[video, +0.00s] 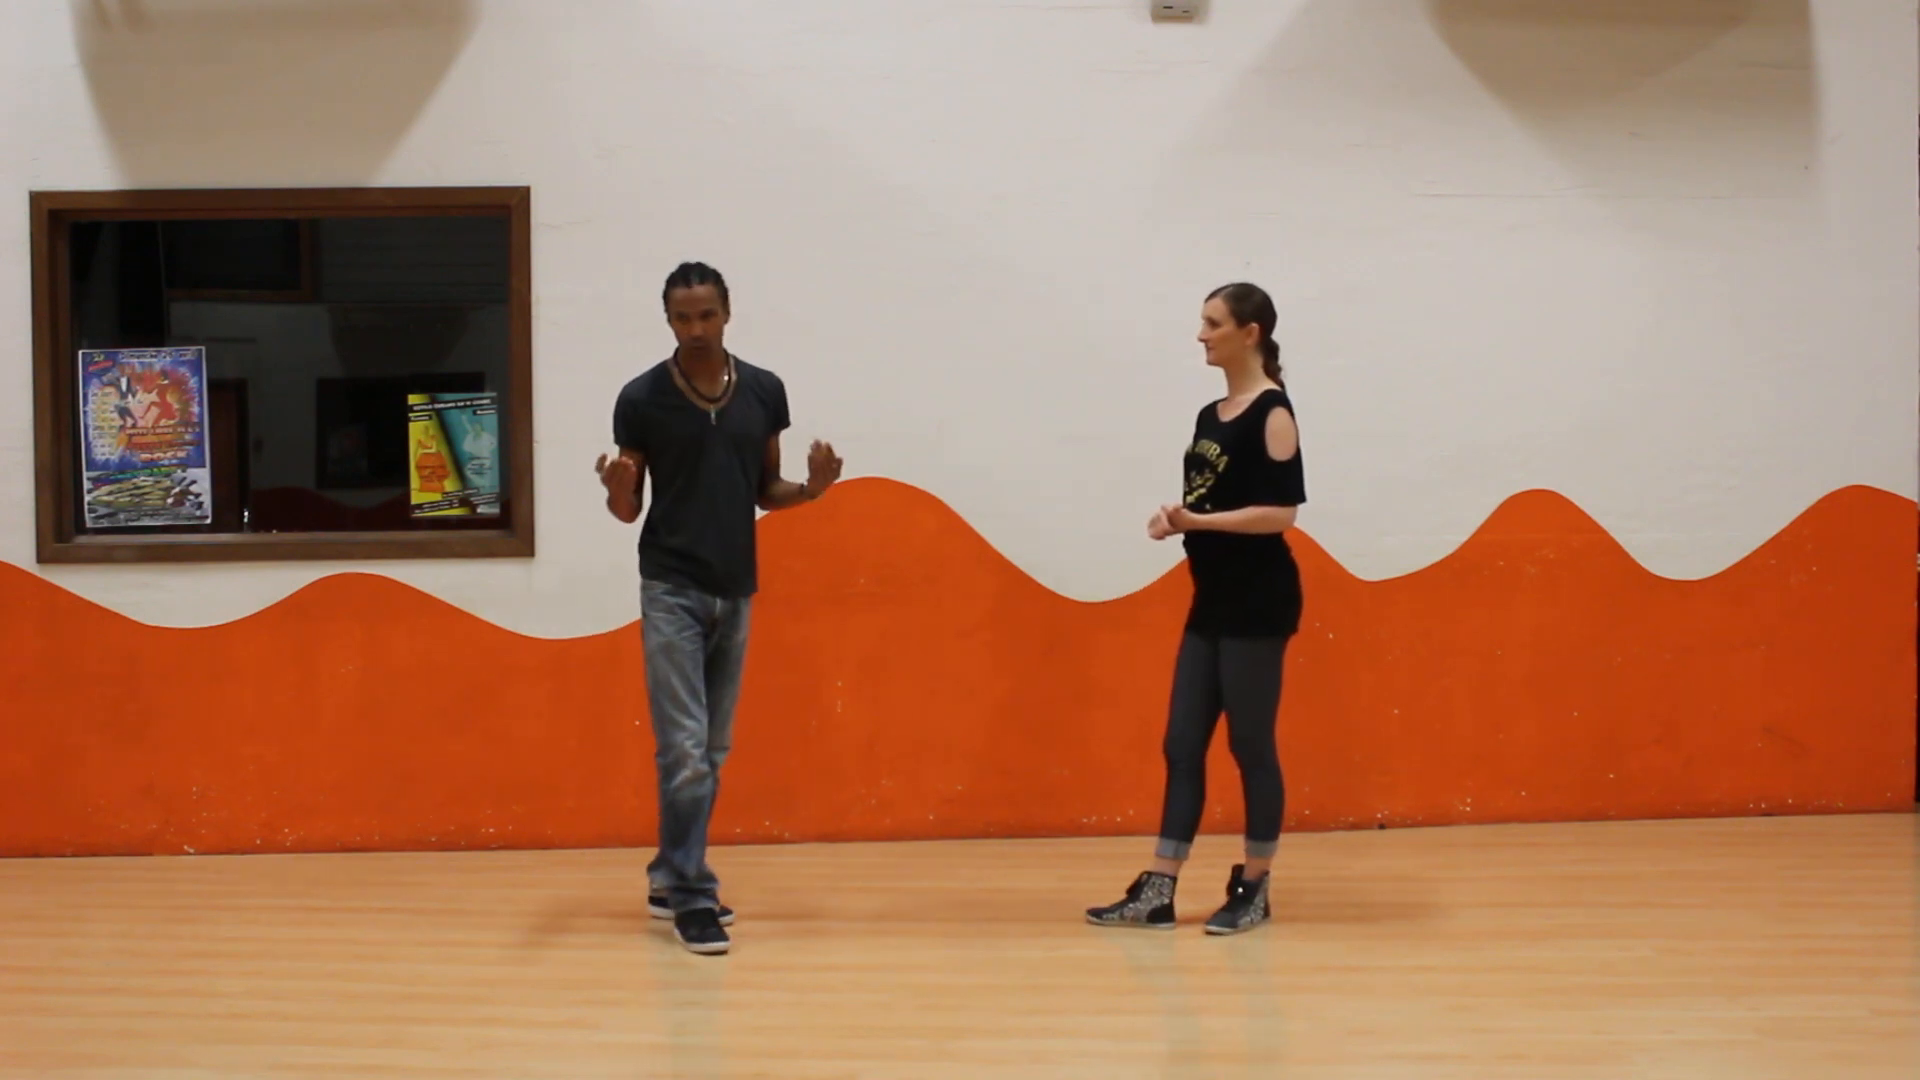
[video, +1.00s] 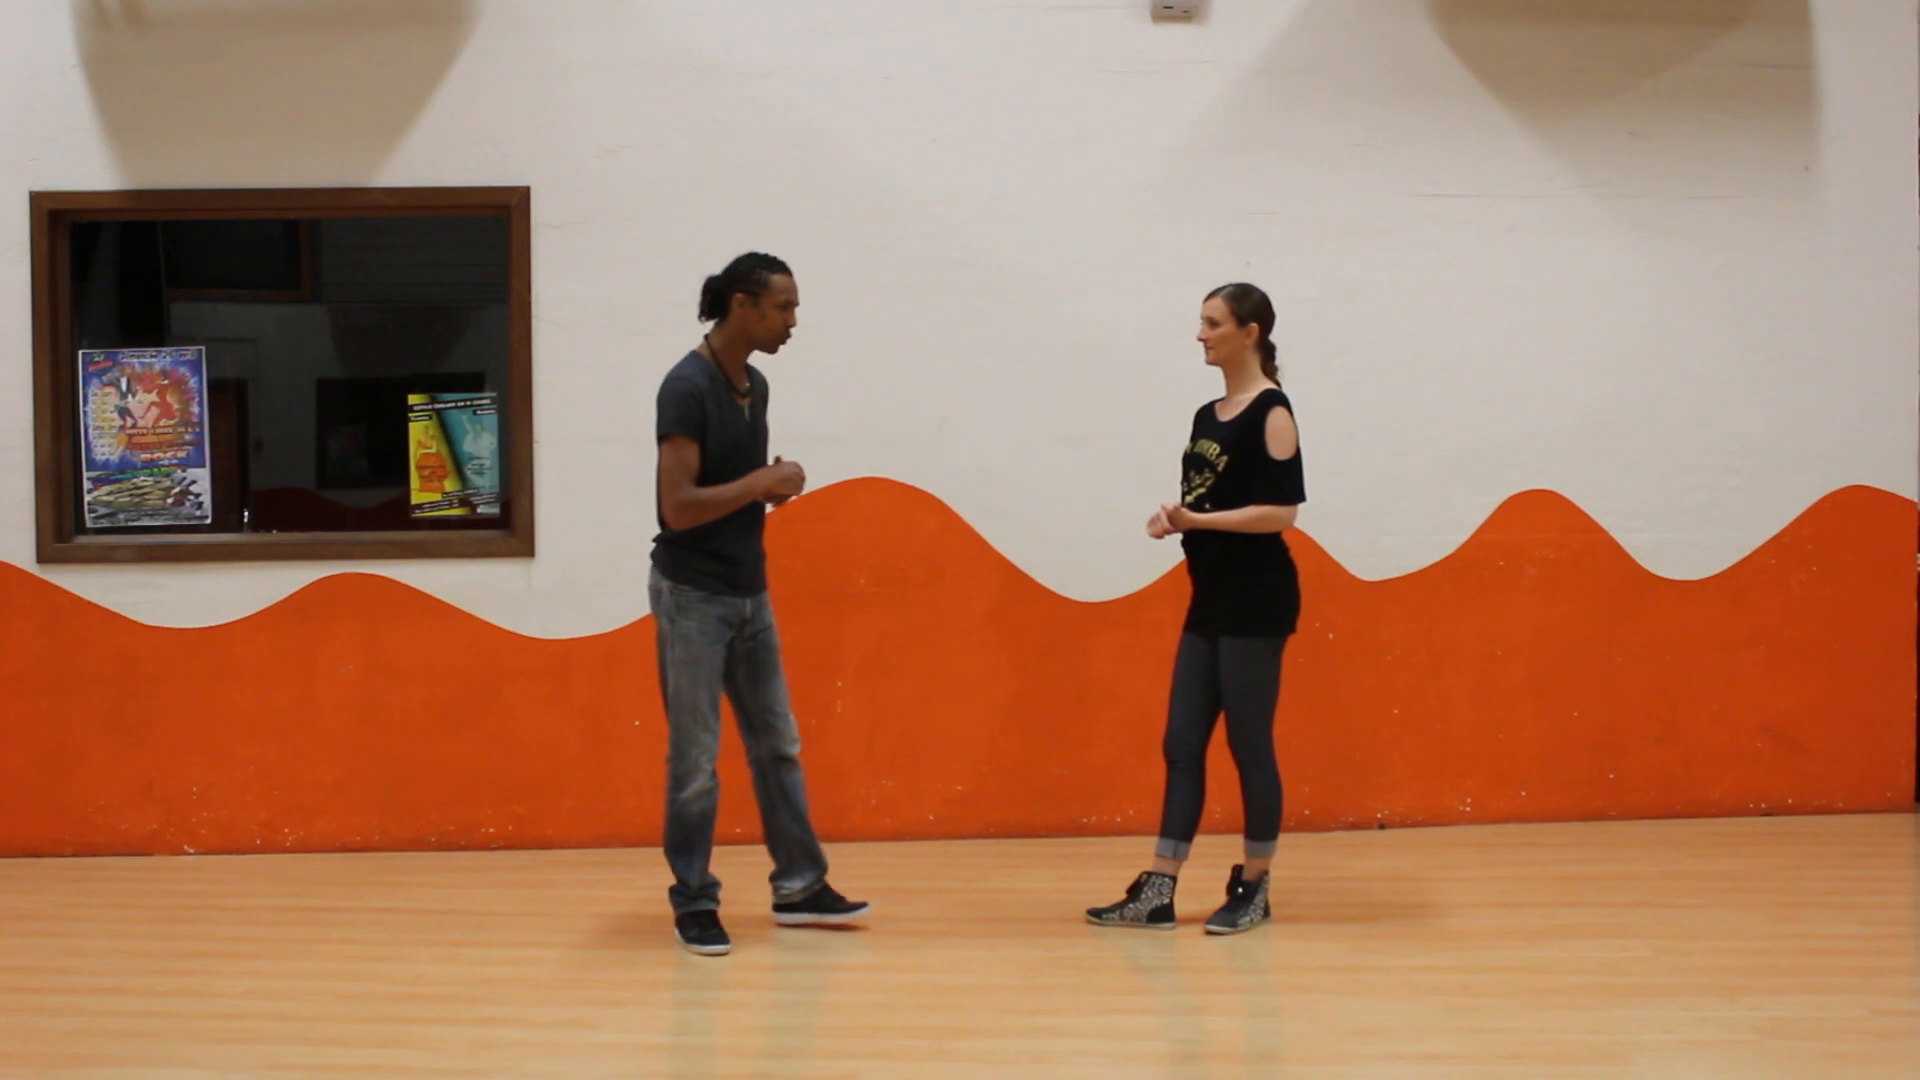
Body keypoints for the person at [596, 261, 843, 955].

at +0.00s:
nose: (695, 328)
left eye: (706, 314)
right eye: (683, 317)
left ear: (727, 314)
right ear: (667, 320)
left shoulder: (763, 391)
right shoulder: (642, 401)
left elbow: (767, 490)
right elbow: (627, 510)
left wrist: (812, 487)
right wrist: (618, 482)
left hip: (733, 590)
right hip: (668, 588)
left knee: (712, 748)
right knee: (686, 746)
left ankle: (672, 874)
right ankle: (694, 897)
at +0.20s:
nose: (692, 323)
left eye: (705, 311)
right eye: (681, 311)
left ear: (728, 313)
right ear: (667, 315)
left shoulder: (761, 387)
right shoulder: (641, 396)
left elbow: (764, 485)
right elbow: (617, 510)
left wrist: (797, 486)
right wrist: (631, 475)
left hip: (735, 589)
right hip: (672, 587)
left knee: (715, 748)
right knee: (689, 747)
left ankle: (677, 873)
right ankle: (695, 896)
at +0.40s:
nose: (709, 320)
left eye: (722, 308)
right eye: (697, 307)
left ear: (736, 312)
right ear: (674, 308)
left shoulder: (755, 383)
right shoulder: (643, 392)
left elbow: (769, 481)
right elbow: (615, 507)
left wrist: (769, 478)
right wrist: (696, 475)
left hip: (738, 590)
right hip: (676, 591)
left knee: (723, 752)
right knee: (690, 751)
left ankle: (682, 874)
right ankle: (696, 899)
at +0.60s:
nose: (750, 332)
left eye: (755, 320)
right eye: (741, 319)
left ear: (743, 321)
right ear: (697, 314)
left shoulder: (745, 380)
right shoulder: (648, 394)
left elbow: (740, 473)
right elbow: (631, 511)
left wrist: (761, 478)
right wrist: (719, 480)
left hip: (738, 592)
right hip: (676, 596)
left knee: (757, 740)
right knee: (688, 751)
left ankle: (704, 872)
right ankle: (691, 896)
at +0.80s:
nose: (773, 330)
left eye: (776, 318)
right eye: (766, 317)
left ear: (736, 315)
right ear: (723, 311)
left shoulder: (744, 384)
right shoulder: (664, 391)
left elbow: (727, 486)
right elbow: (650, 510)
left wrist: (759, 483)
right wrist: (735, 482)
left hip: (740, 591)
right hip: (679, 595)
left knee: (768, 737)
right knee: (692, 750)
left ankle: (750, 879)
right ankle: (692, 897)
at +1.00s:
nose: (793, 321)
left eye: (795, 308)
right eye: (784, 307)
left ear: (752, 308)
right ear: (741, 305)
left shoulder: (753, 384)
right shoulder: (686, 389)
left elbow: (726, 485)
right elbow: (675, 509)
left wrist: (767, 485)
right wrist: (760, 483)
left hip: (747, 594)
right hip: (691, 596)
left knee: (776, 743)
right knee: (695, 752)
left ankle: (799, 885)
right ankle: (693, 899)